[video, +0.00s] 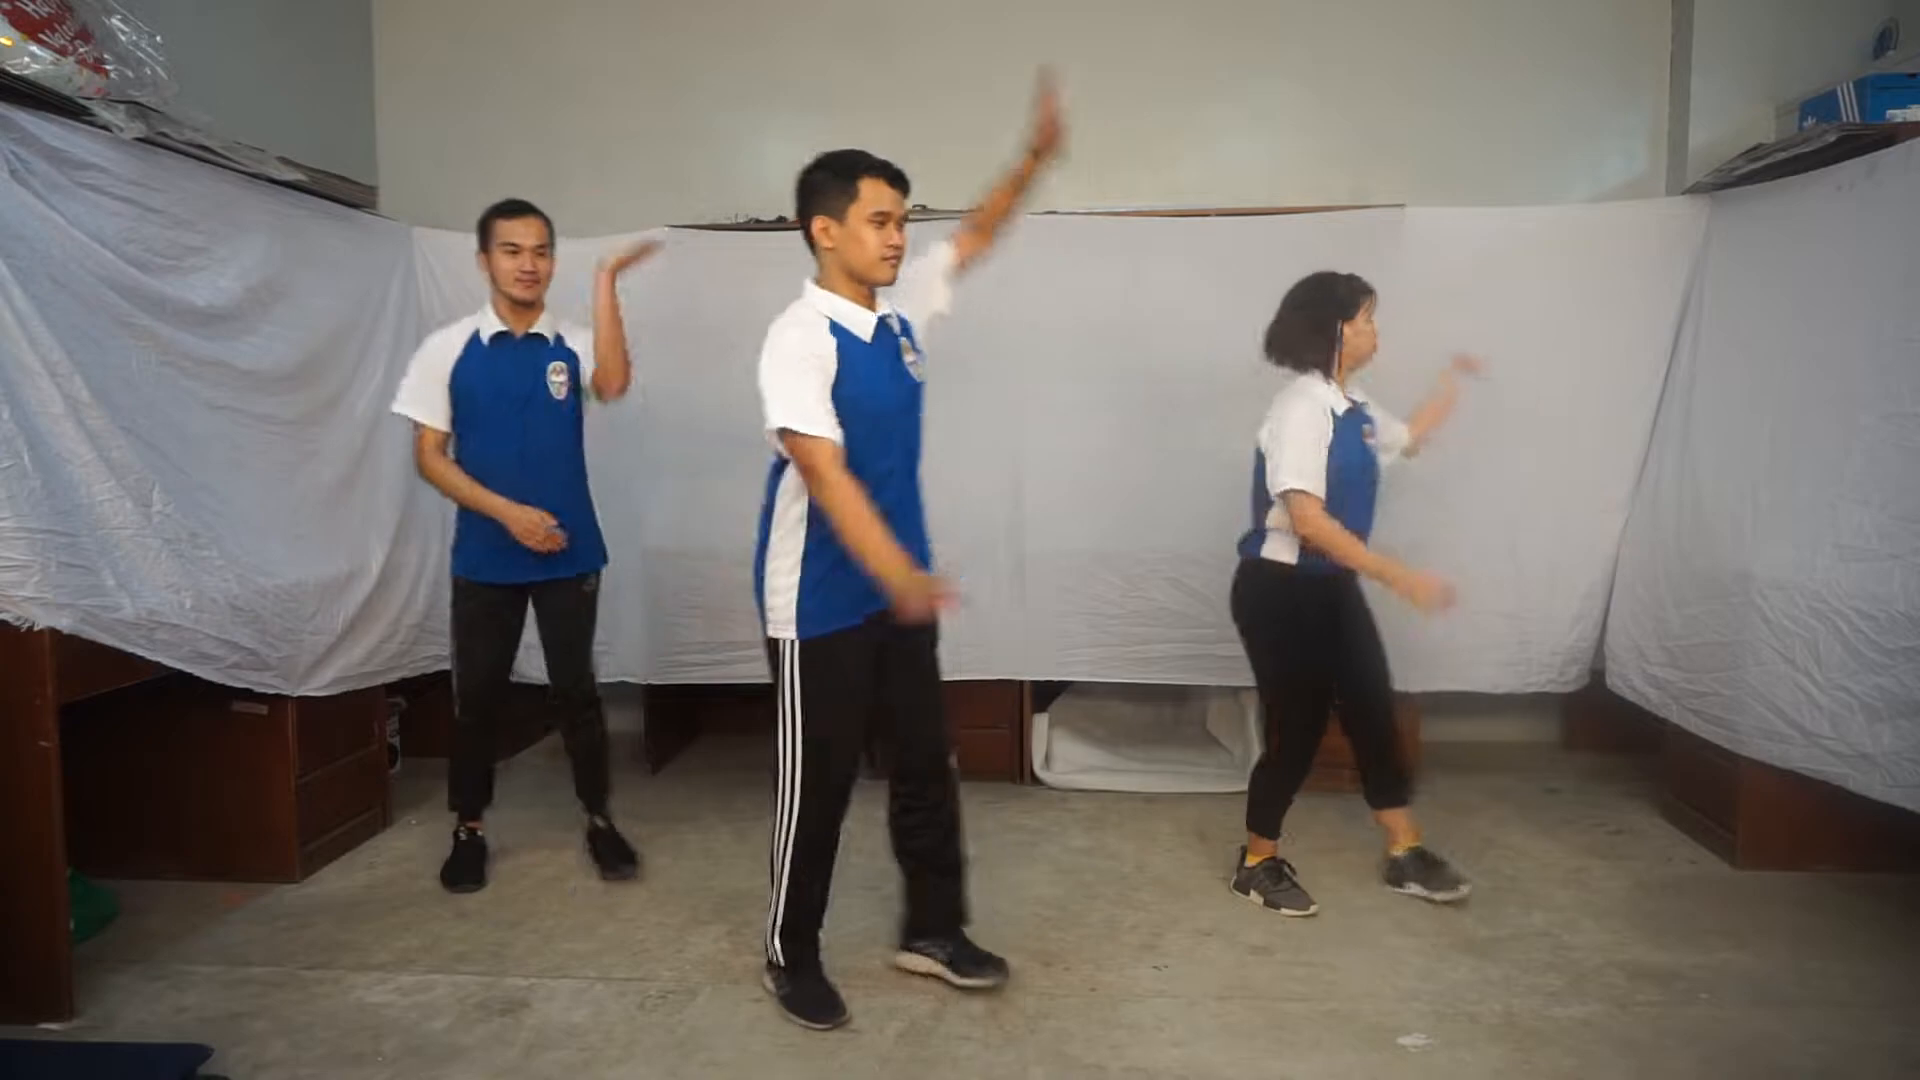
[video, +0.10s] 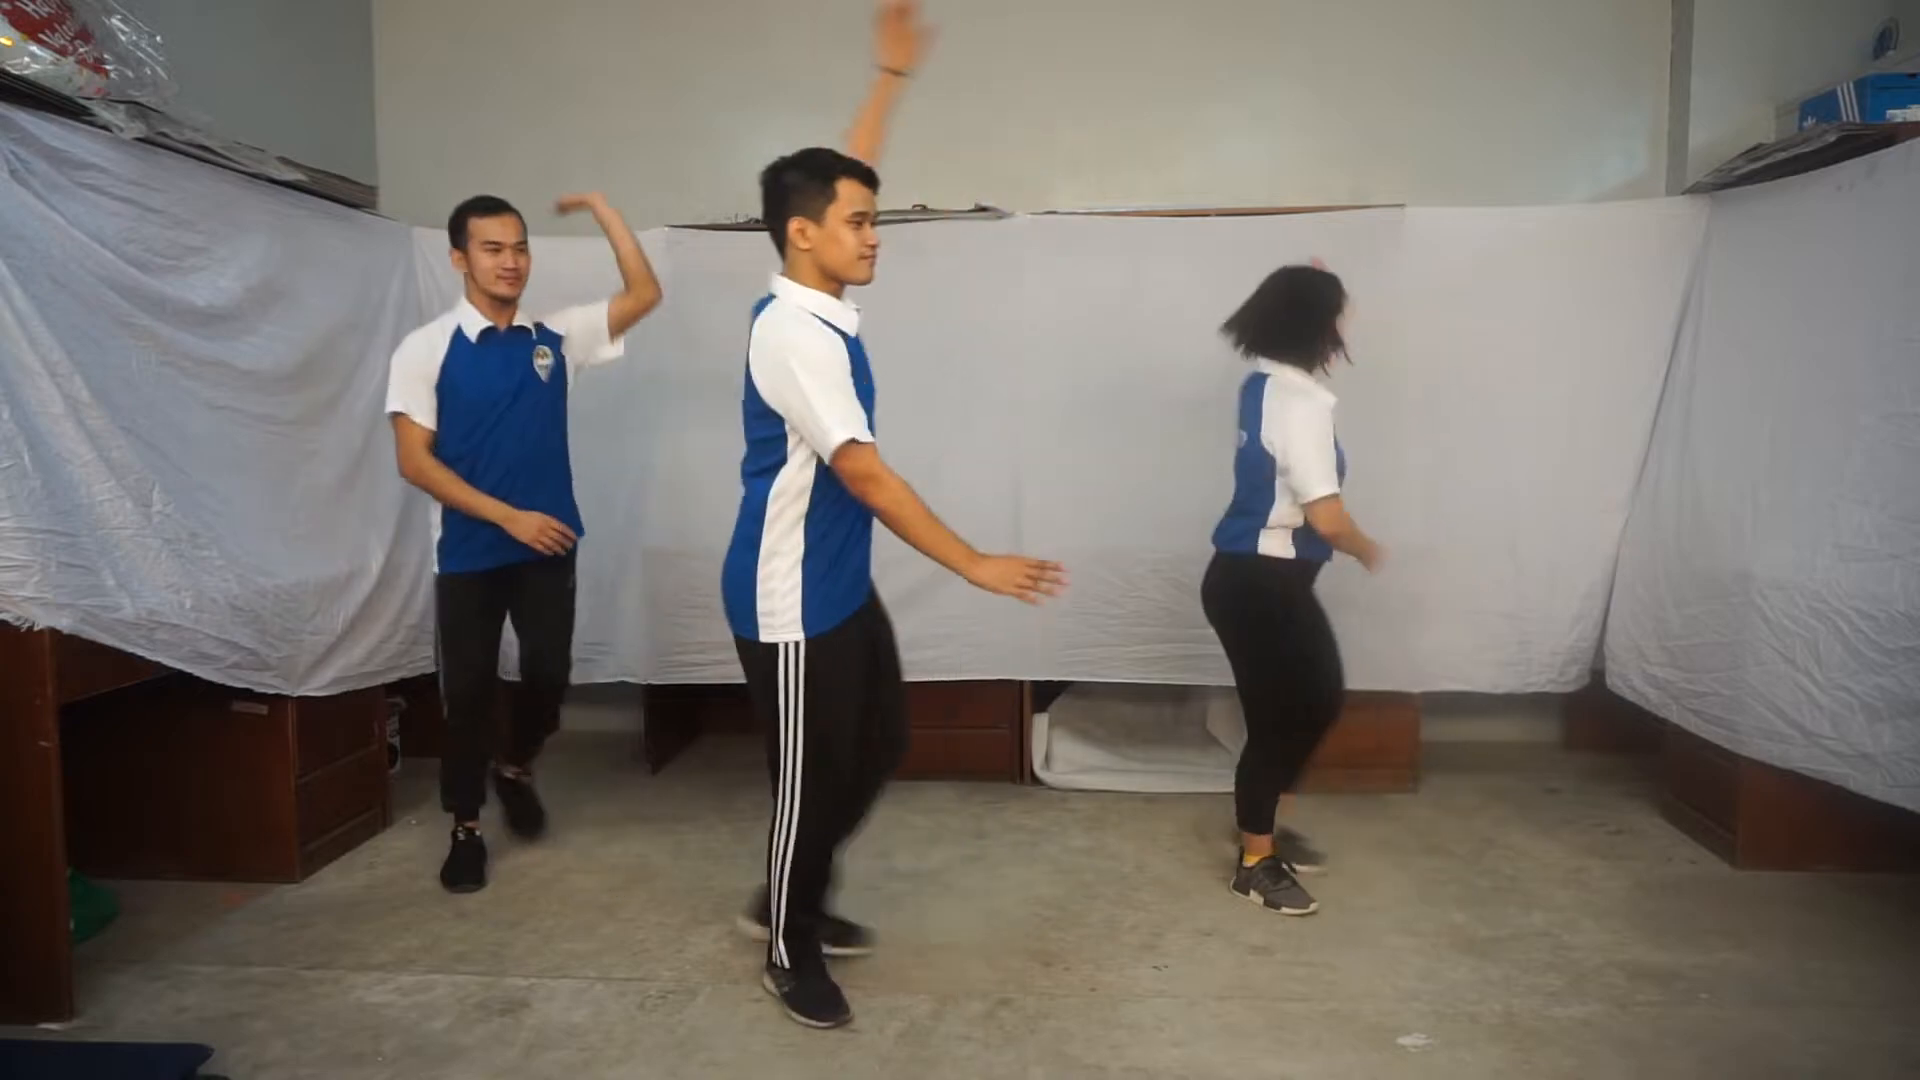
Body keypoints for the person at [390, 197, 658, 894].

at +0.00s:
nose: (529, 263)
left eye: (540, 251)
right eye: (512, 251)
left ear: (551, 262)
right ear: (485, 261)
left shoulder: (571, 343)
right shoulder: (447, 350)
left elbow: (612, 384)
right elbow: (429, 458)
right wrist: (510, 512)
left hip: (569, 555)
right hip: (486, 558)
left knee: (577, 691)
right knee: (476, 702)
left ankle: (600, 822)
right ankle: (468, 832)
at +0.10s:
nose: (510, 260)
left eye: (519, 248)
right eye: (493, 248)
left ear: (531, 258)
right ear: (459, 258)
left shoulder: (556, 337)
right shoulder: (425, 350)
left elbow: (644, 293)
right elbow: (414, 462)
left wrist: (601, 206)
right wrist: (510, 516)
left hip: (546, 549)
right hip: (468, 556)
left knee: (548, 681)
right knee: (468, 696)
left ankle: (515, 769)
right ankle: (464, 828)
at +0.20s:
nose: (505, 261)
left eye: (512, 247)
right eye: (487, 249)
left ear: (521, 256)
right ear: (454, 261)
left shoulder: (538, 329)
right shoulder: (425, 350)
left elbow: (592, 254)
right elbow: (411, 465)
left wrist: (582, 154)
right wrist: (509, 516)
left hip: (535, 552)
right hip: (467, 558)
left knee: (517, 696)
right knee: (471, 701)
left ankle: (465, 767)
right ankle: (468, 826)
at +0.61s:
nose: (512, 279)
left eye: (516, 266)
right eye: (497, 267)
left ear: (517, 273)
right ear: (460, 282)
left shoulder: (499, 332)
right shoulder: (455, 359)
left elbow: (509, 241)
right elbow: (472, 478)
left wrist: (518, 161)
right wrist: (544, 493)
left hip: (500, 539)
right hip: (461, 545)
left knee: (473, 664)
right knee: (483, 676)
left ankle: (443, 776)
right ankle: (481, 821)